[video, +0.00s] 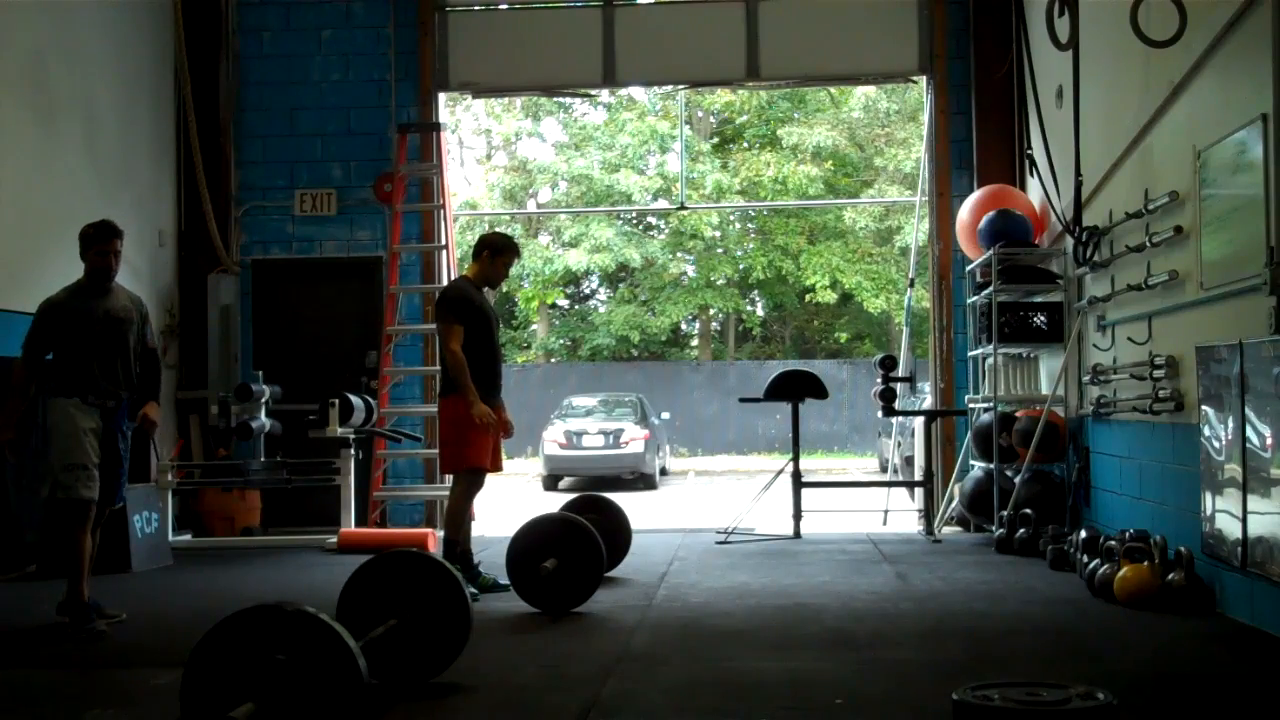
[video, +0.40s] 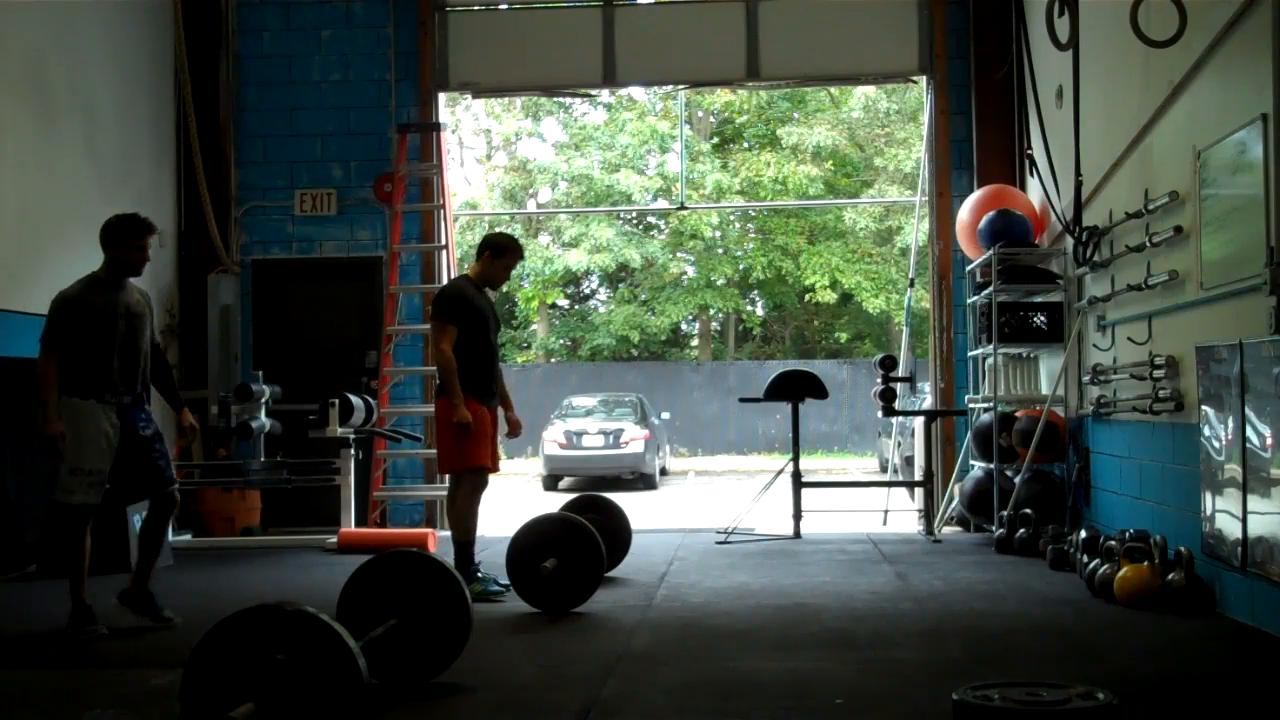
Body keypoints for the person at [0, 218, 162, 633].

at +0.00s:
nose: (111, 261)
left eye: (116, 254)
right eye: (103, 254)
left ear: (121, 256)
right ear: (84, 254)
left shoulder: (134, 307)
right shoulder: (56, 307)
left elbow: (149, 360)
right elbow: (29, 363)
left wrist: (152, 400)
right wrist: (26, 412)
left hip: (116, 417)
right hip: (69, 414)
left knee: (98, 508)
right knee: (82, 504)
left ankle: (77, 598)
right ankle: (78, 601)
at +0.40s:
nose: (148, 256)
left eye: (149, 248)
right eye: (141, 248)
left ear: (135, 250)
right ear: (116, 248)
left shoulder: (140, 299)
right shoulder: (72, 300)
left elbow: (155, 360)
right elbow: (48, 362)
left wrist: (180, 407)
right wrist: (51, 417)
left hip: (135, 417)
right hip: (86, 419)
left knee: (166, 498)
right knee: (82, 511)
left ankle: (139, 589)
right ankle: (79, 605)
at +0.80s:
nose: (210, 257)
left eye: (211, 249)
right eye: (204, 248)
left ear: (201, 249)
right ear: (180, 246)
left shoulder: (196, 300)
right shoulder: (134, 294)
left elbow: (194, 368)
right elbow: (114, 358)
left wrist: (205, 423)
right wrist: (130, 412)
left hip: (187, 417)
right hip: (145, 415)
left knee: (188, 515)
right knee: (130, 512)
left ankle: (199, 605)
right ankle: (92, 599)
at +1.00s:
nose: (225, 255)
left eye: (229, 247)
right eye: (218, 247)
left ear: (230, 248)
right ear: (196, 245)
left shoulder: (226, 298)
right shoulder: (157, 292)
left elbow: (241, 361)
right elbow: (129, 358)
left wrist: (260, 409)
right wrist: (135, 411)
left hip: (210, 413)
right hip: (165, 410)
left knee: (201, 511)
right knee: (173, 505)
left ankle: (200, 604)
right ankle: (158, 597)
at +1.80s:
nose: (213, 228)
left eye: (220, 220)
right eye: (204, 221)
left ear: (235, 225)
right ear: (191, 229)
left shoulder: (262, 280)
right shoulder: (173, 286)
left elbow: (291, 346)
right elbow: (157, 355)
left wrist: (318, 402)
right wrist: (171, 405)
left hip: (255, 412)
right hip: (202, 416)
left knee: (261, 516)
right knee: (222, 523)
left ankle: (273, 608)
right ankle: (239, 610)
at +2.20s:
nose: (180, 223)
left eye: (188, 213)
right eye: (173, 215)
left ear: (212, 210)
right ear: (165, 219)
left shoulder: (252, 273)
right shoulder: (156, 278)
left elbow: (285, 348)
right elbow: (128, 351)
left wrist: (305, 408)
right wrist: (94, 411)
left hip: (232, 412)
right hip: (171, 411)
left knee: (229, 524)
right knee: (151, 515)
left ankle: (229, 625)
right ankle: (199, 594)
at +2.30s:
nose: (163, 222)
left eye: (171, 212)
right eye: (156, 214)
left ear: (198, 208)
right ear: (152, 218)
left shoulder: (245, 269)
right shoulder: (151, 277)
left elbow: (275, 341)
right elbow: (123, 349)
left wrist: (279, 397)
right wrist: (82, 408)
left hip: (226, 414)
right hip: (163, 413)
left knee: (225, 529)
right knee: (134, 516)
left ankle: (228, 630)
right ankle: (166, 624)